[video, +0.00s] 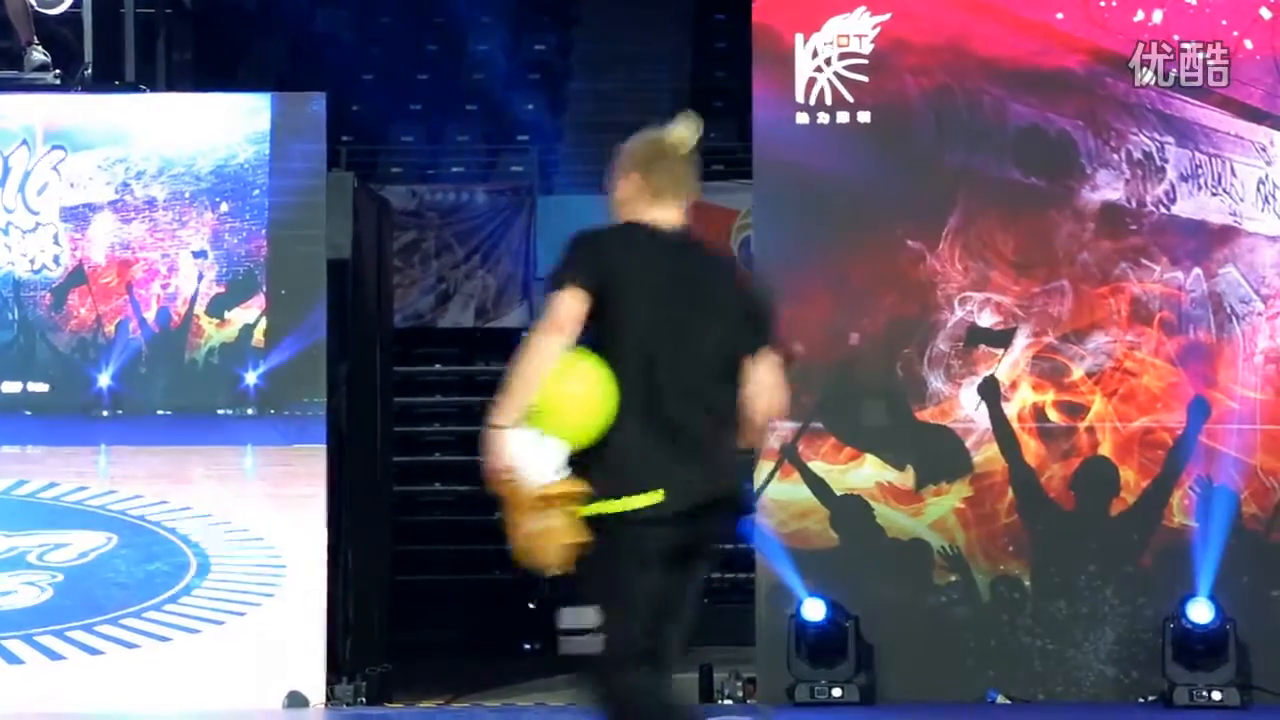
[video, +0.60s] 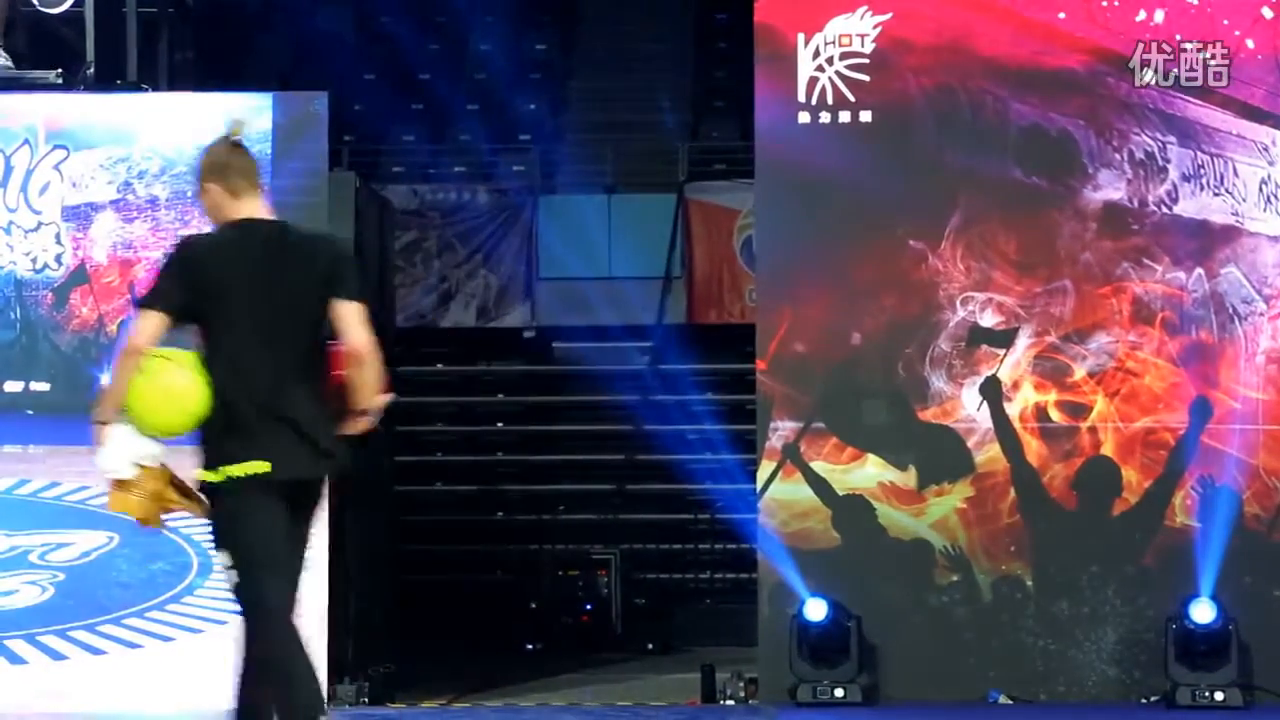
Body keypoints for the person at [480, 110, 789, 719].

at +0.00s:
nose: (611, 192)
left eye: (616, 181)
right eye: (616, 179)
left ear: (629, 185)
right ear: (687, 198)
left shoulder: (601, 250)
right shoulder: (728, 276)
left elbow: (556, 334)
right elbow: (767, 396)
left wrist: (503, 422)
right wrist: (738, 445)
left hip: (628, 489)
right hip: (711, 488)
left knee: (624, 666)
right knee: (654, 664)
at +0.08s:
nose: (549, 196)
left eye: (554, 186)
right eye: (554, 185)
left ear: (566, 191)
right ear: (627, 205)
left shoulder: (548, 254)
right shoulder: (660, 280)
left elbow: (516, 329)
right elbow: (695, 406)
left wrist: (445, 410)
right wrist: (623, 415)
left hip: (566, 495)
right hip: (652, 500)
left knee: (524, 654)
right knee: (627, 667)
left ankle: (572, 710)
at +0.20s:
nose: (446, 172)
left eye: (450, 159)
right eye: (448, 160)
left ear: (470, 159)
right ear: (521, 164)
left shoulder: (465, 229)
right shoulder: (571, 246)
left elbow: (441, 309)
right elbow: (604, 363)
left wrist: (363, 386)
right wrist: (550, 401)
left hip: (469, 461)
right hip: (558, 462)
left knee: (449, 620)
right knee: (578, 620)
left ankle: (436, 710)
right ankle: (611, 711)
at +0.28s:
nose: (381, 190)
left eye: (383, 176)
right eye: (383, 177)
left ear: (402, 171)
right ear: (455, 173)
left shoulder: (404, 242)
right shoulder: (510, 248)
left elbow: (378, 323)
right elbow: (557, 356)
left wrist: (303, 401)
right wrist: (517, 422)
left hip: (417, 466)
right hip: (501, 462)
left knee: (398, 616)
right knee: (508, 610)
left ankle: (378, 711)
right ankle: (571, 707)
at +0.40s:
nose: (298, 230)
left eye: (301, 218)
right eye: (299, 218)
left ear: (317, 218)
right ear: (367, 217)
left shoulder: (314, 285)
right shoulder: (427, 284)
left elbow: (291, 368)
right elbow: (493, 368)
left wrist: (227, 428)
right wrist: (473, 431)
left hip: (353, 497)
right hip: (432, 496)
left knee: (324, 656)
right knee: (408, 655)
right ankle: (470, 707)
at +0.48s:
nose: (259, 228)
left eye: (260, 215)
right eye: (260, 215)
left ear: (273, 212)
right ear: (321, 207)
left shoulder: (267, 280)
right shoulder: (380, 273)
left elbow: (224, 363)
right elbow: (436, 353)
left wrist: (180, 421)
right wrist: (435, 412)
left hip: (309, 483)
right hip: (384, 480)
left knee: (307, 634)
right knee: (362, 629)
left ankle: (324, 713)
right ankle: (368, 709)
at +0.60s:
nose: (204, 206)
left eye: (203, 195)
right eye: (203, 195)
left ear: (212, 191)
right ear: (261, 186)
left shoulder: (199, 254)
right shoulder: (322, 251)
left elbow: (139, 343)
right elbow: (357, 342)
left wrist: (109, 407)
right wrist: (366, 406)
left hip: (237, 451)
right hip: (308, 450)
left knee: (265, 601)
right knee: (270, 600)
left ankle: (307, 710)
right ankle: (254, 711)